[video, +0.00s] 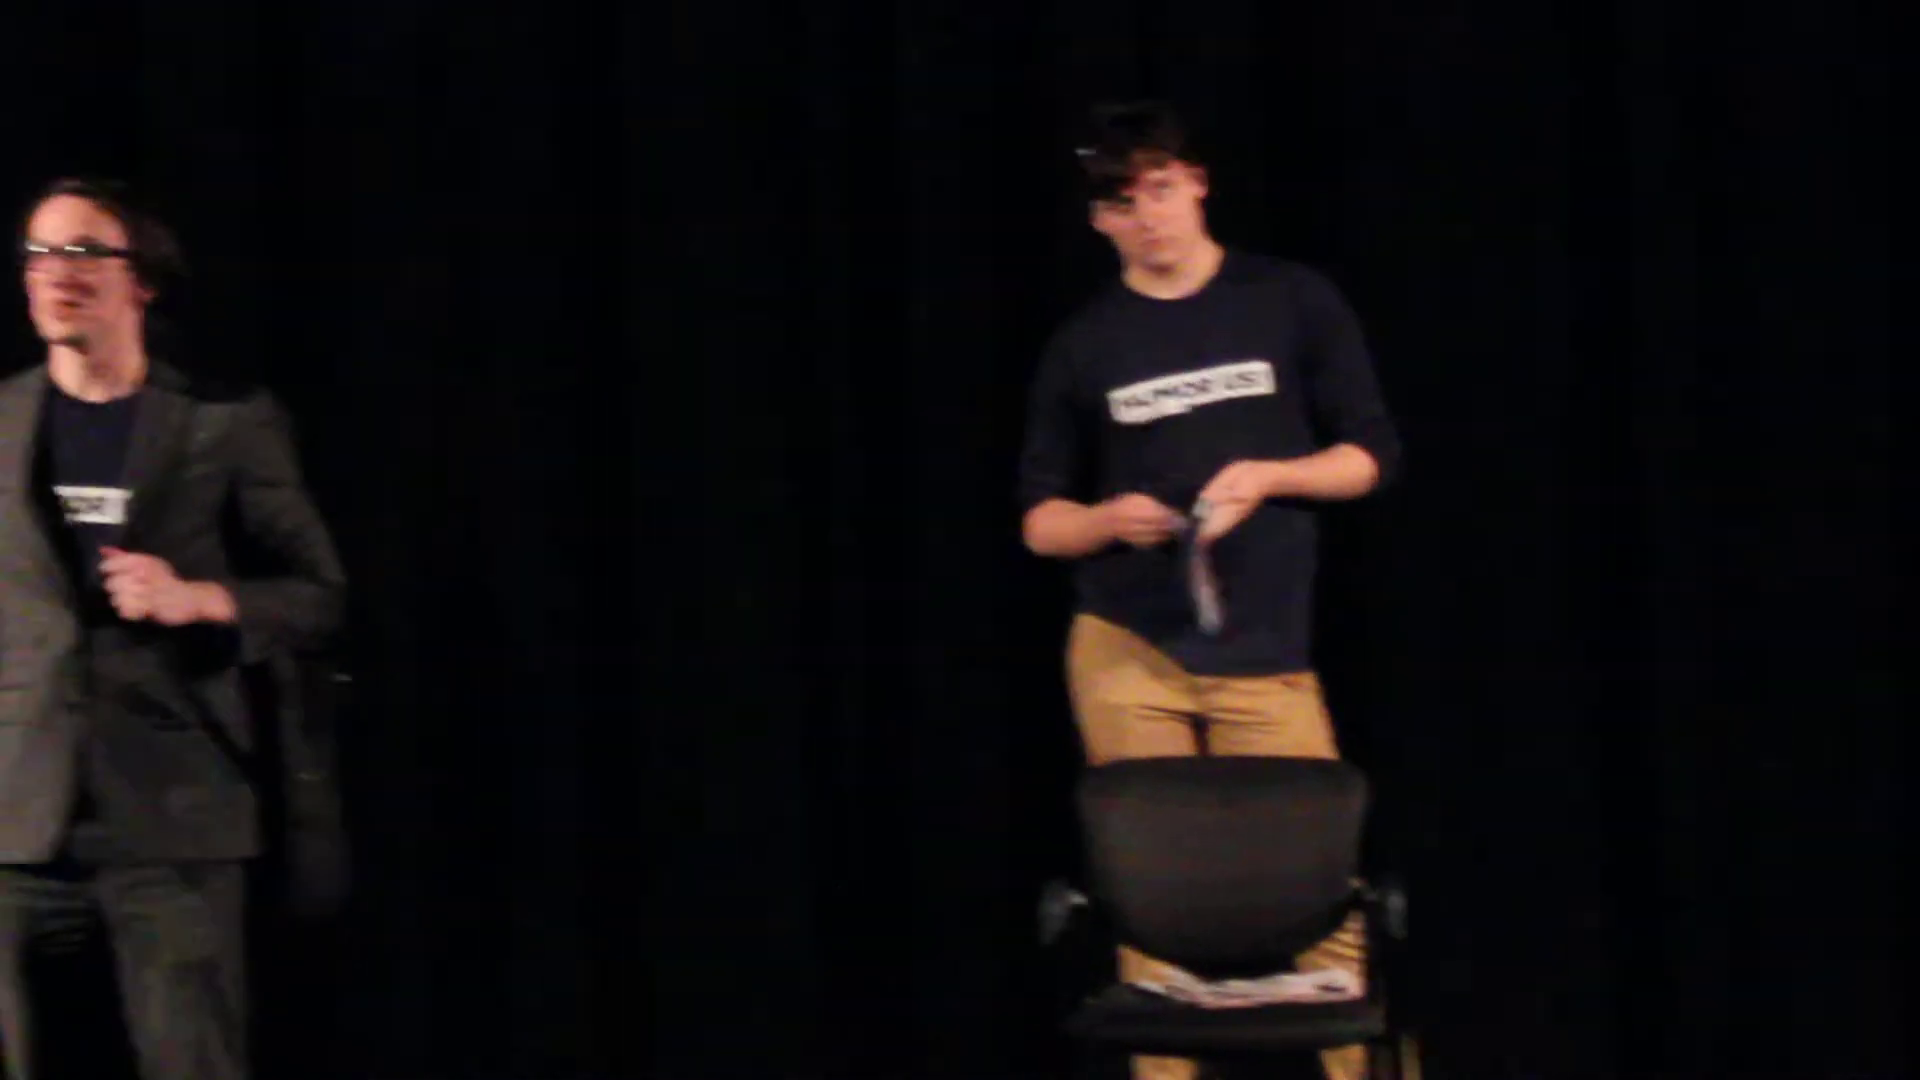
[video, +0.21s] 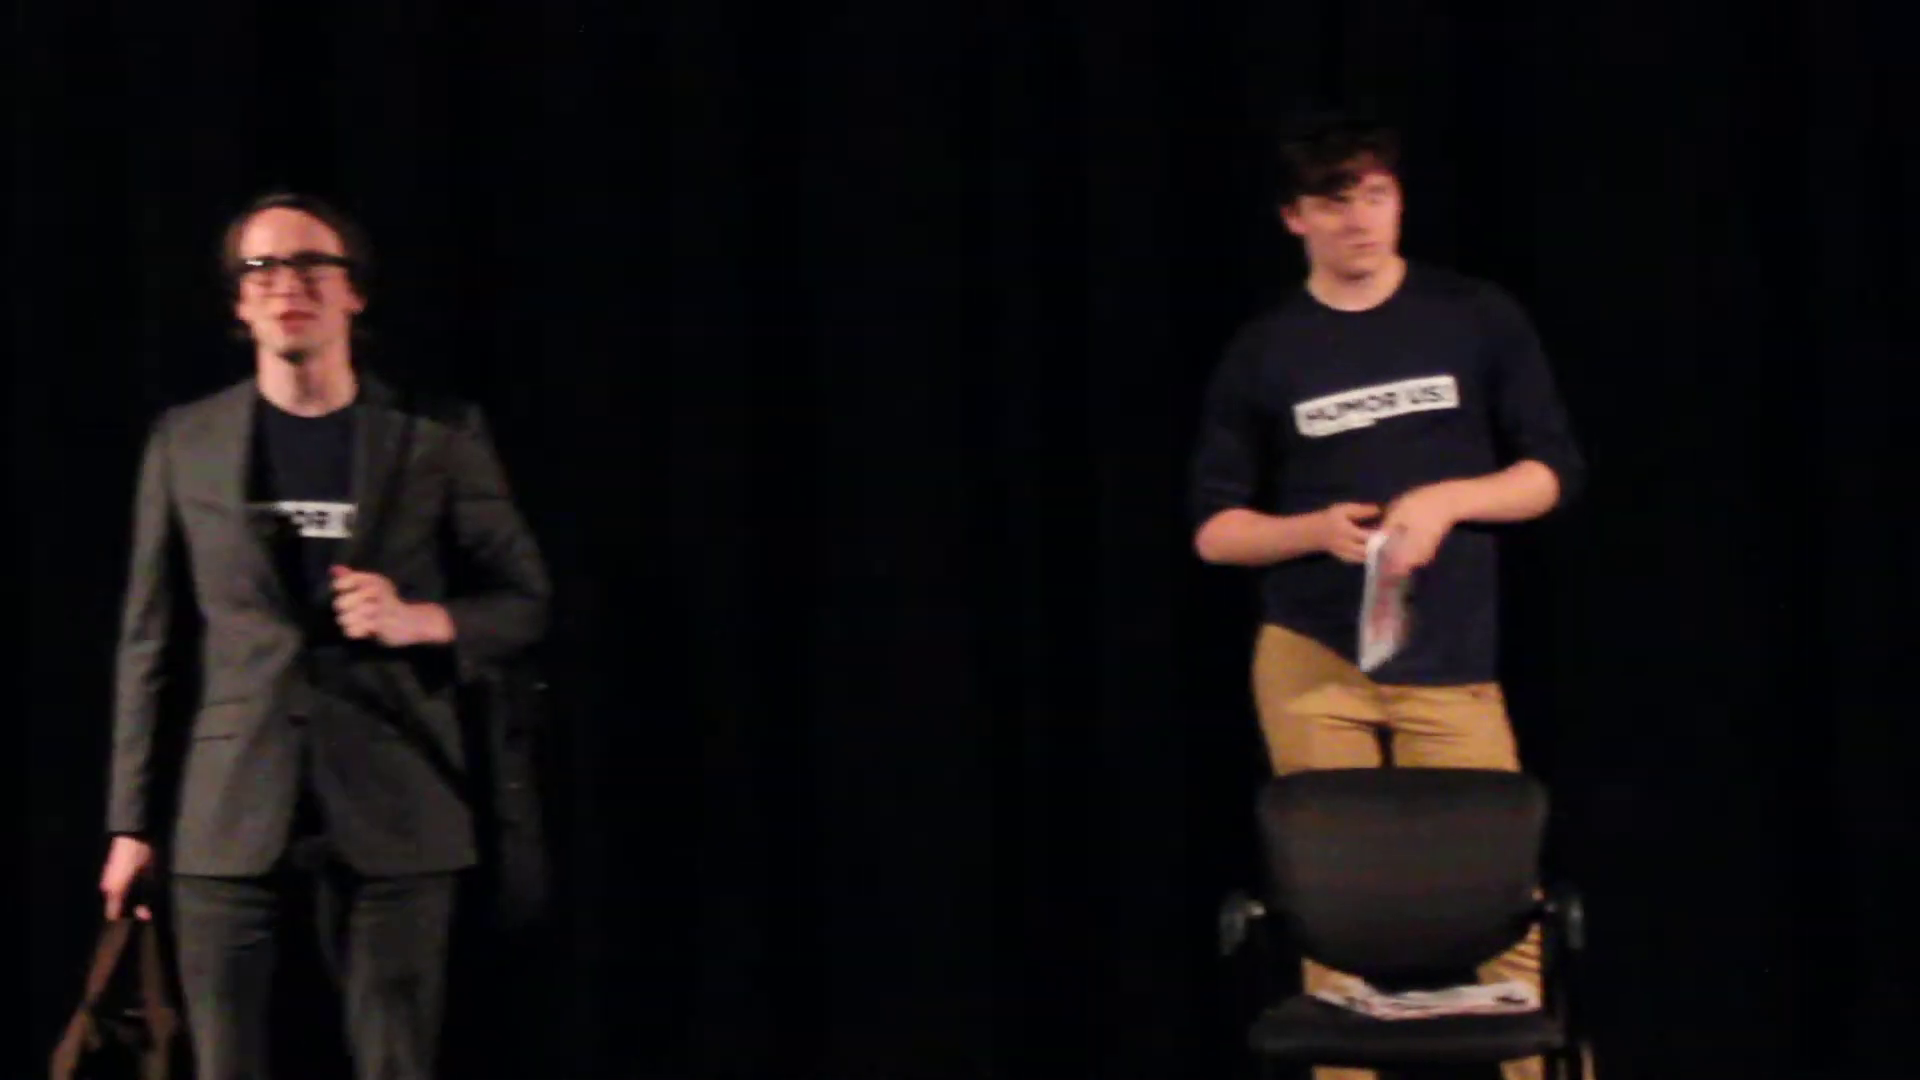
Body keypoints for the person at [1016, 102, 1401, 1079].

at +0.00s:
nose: (1148, 214)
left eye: (1162, 188)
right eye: (1124, 199)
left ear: (1201, 188)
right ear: (1100, 222)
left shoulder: (1294, 305)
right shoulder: (1082, 347)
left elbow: (1372, 455)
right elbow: (1038, 524)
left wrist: (1269, 476)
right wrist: (1107, 518)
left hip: (1266, 654)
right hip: (1127, 656)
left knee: (1317, 889)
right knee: (1156, 894)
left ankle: (1357, 1069)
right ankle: (1164, 1078)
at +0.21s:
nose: (1361, 217)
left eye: (1376, 194)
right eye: (1335, 201)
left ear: (1401, 202)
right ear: (1295, 220)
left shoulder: (1479, 322)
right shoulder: (1263, 352)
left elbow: (1552, 474)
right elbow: (1212, 531)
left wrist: (1445, 501)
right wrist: (1311, 529)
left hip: (1452, 666)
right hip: (1312, 668)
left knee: (1495, 903)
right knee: (1339, 909)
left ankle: (1526, 1072)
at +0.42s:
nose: (1489, 217)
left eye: (1500, 198)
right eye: (1464, 198)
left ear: (1511, 206)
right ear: (1405, 211)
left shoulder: (1559, 331)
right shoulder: (1345, 356)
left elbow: (1609, 495)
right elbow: (1313, 534)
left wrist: (1572, 633)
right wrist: (1405, 640)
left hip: (1538, 661)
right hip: (1400, 669)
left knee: (1584, 902)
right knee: (1423, 917)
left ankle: (1633, 1070)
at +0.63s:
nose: (1600, 210)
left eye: (1600, 190)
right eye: (1578, 190)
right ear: (1509, 198)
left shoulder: (1606, 336)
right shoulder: (1421, 345)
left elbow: (1660, 508)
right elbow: (1399, 535)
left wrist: (1703, 651)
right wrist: (1401, 702)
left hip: (1610, 676)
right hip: (1478, 678)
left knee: (1664, 922)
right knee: (1480, 939)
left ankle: (1708, 1079)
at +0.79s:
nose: (1643, 195)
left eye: (1638, 174)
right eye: (1627, 175)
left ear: (1579, 189)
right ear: (1569, 186)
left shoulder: (1615, 330)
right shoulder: (1457, 323)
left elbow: (1656, 493)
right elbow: (1390, 499)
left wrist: (1730, 621)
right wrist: (1396, 675)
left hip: (1620, 662)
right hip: (1495, 661)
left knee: (1653, 907)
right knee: (1490, 922)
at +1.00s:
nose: (1660, 185)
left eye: (1652, 167)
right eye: (1645, 168)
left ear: (1599, 186)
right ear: (1600, 185)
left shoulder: (1616, 327)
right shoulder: (1495, 315)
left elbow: (1620, 507)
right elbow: (1443, 501)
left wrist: (1665, 643)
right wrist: (1432, 674)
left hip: (1626, 661)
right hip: (1512, 656)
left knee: (1621, 924)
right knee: (1493, 923)